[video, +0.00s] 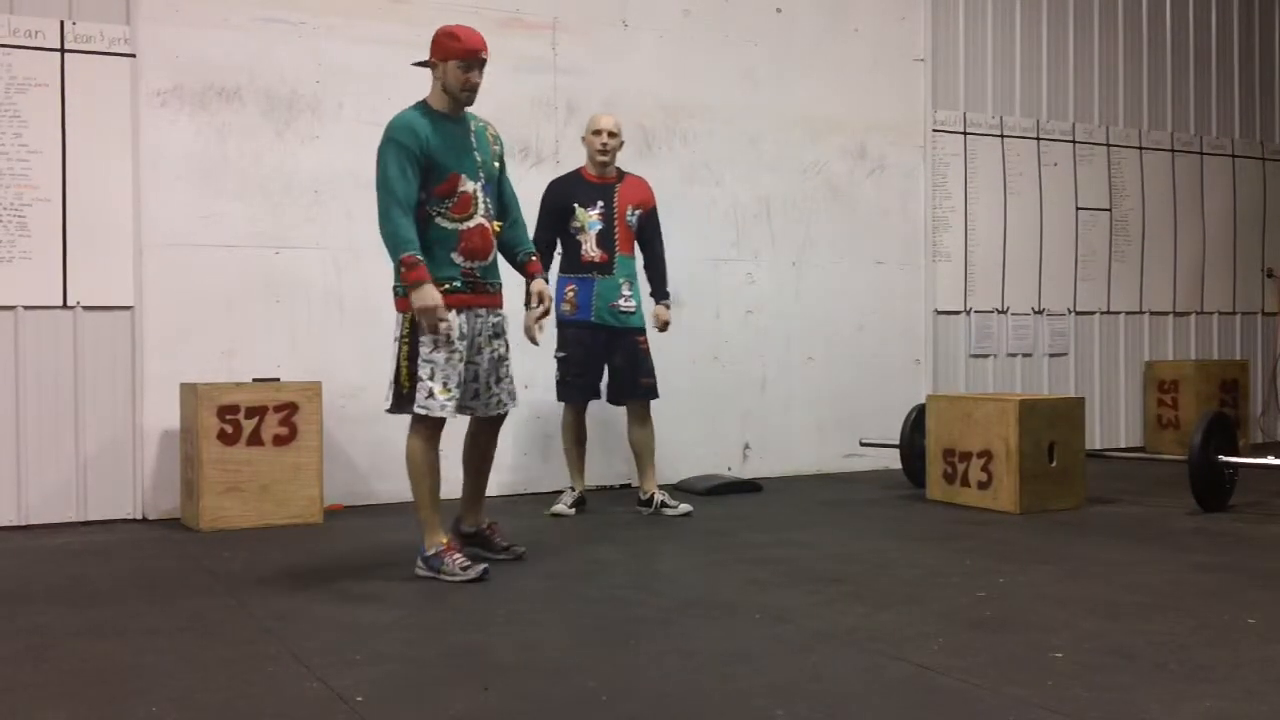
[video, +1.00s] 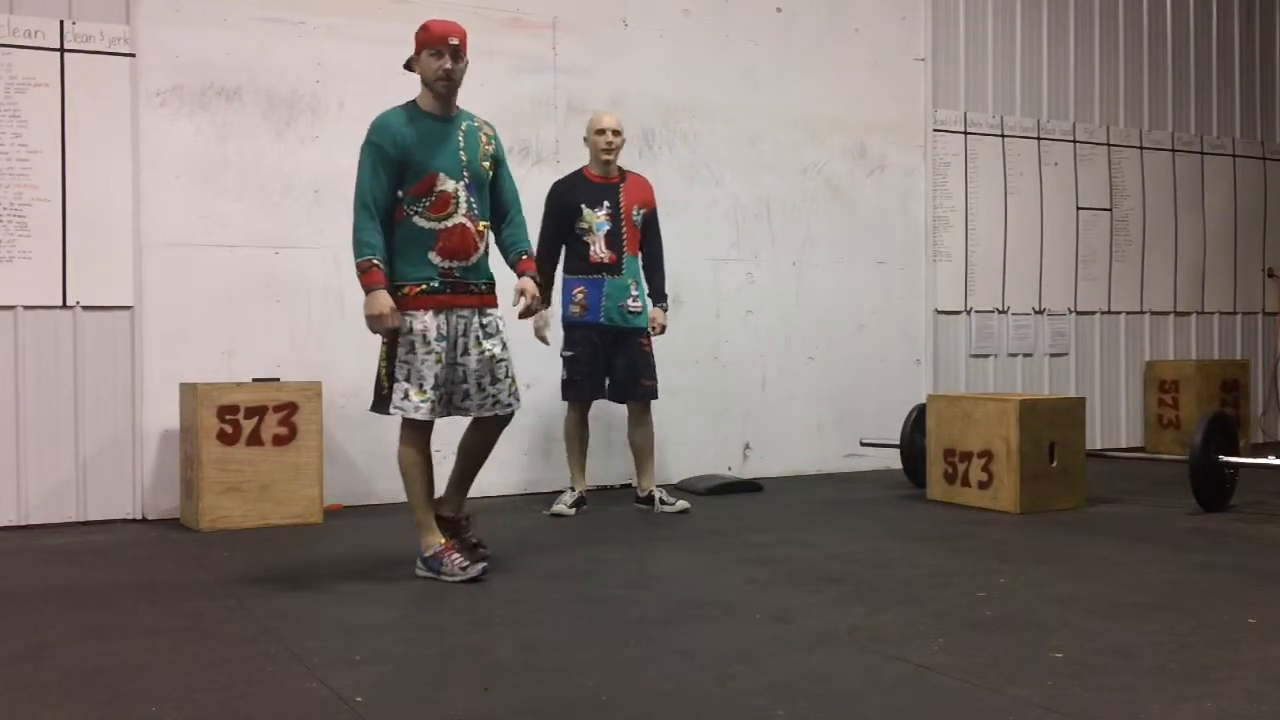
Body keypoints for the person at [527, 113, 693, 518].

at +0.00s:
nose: (605, 140)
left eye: (612, 134)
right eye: (597, 134)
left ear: (621, 142)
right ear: (585, 140)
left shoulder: (638, 189)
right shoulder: (561, 190)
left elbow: (652, 248)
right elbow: (542, 250)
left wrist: (661, 299)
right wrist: (534, 302)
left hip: (627, 318)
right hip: (577, 318)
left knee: (639, 404)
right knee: (574, 405)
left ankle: (649, 491)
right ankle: (575, 490)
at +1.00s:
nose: (610, 139)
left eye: (616, 133)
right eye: (602, 133)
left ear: (624, 140)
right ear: (587, 140)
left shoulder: (640, 188)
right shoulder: (565, 190)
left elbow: (652, 250)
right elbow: (548, 252)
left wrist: (658, 303)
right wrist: (541, 305)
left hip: (632, 316)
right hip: (582, 317)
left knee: (640, 403)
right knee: (578, 404)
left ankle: (646, 490)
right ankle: (576, 489)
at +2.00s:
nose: (650, 148)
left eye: (656, 141)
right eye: (642, 140)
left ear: (662, 143)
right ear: (624, 139)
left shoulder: (671, 187)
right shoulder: (599, 186)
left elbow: (681, 249)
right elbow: (578, 249)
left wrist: (687, 303)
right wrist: (576, 307)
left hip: (658, 313)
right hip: (612, 312)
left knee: (659, 402)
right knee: (613, 401)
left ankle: (648, 488)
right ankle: (611, 490)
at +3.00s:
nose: (651, 139)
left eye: (656, 132)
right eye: (642, 132)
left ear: (662, 135)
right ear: (624, 134)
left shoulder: (672, 183)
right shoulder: (599, 184)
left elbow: (685, 245)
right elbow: (584, 250)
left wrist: (696, 298)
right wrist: (591, 305)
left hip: (660, 312)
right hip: (615, 313)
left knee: (655, 403)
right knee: (619, 404)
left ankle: (650, 491)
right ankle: (617, 492)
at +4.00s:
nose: (645, 125)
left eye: (649, 119)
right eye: (636, 119)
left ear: (656, 128)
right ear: (618, 129)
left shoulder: (672, 182)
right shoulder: (599, 181)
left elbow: (686, 244)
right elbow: (586, 247)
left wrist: (692, 295)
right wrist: (596, 301)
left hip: (663, 309)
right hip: (619, 309)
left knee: (655, 402)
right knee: (617, 402)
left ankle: (648, 491)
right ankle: (617, 492)